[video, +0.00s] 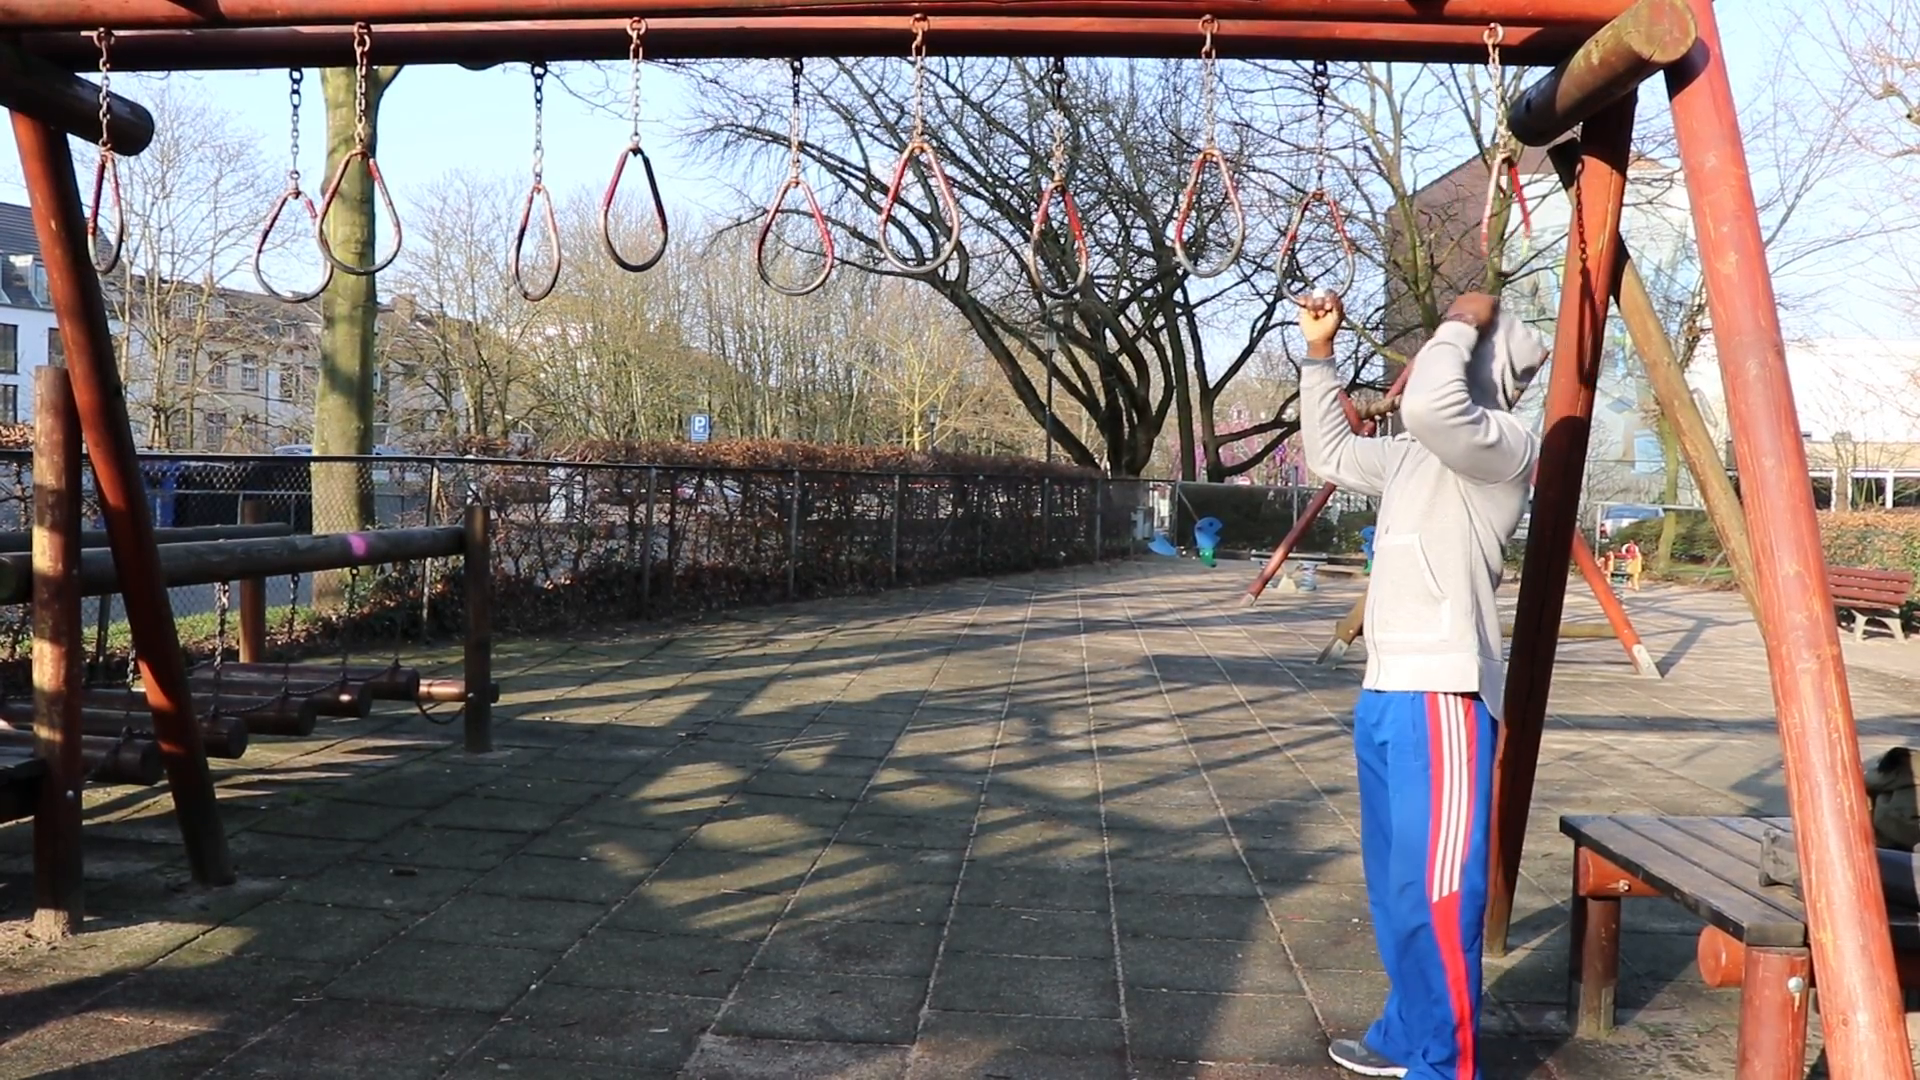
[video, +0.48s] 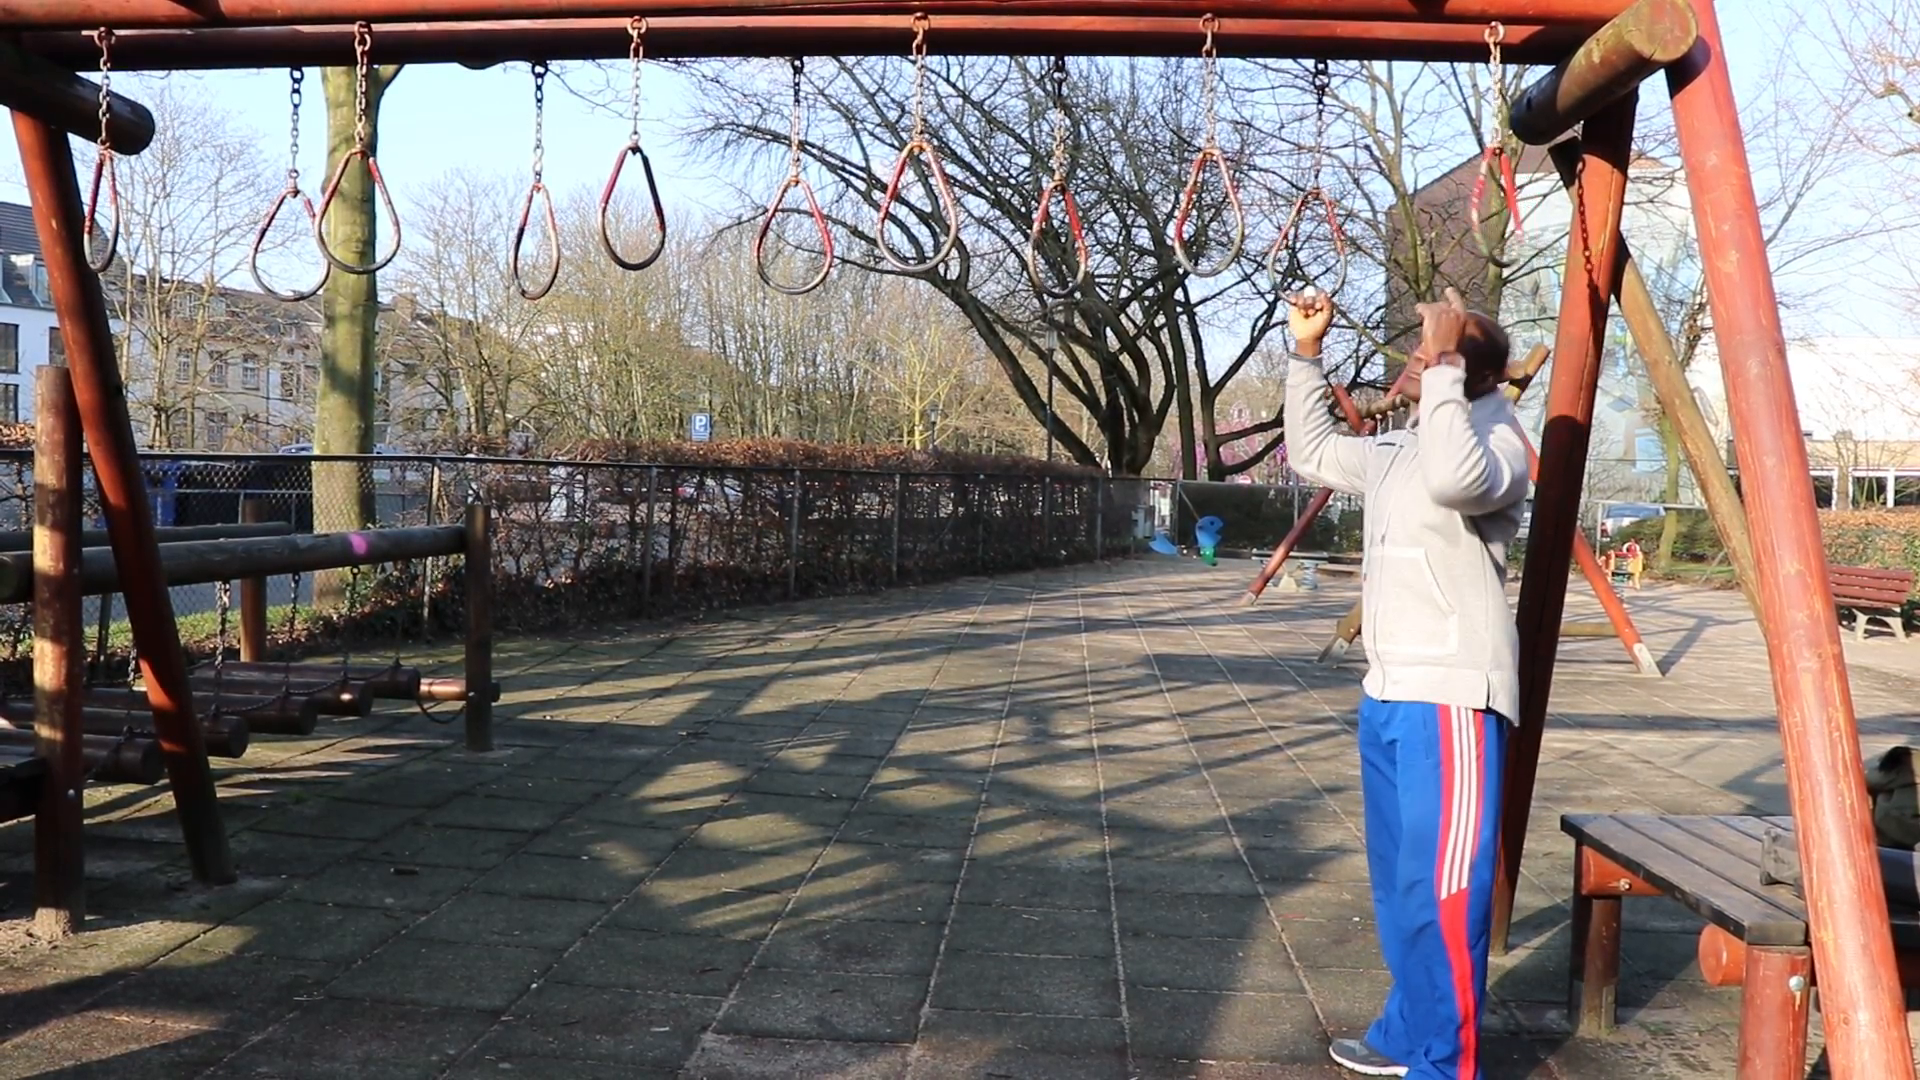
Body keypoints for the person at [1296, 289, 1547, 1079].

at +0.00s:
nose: (1414, 366)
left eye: (1438, 352)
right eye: (1420, 353)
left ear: (1482, 367)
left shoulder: (1508, 442)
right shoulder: (1411, 449)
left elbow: (1432, 408)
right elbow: (1330, 451)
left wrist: (1461, 326)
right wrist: (1319, 351)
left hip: (1446, 694)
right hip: (1390, 691)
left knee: (1440, 889)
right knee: (1396, 884)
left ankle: (1447, 1060)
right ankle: (1407, 1035)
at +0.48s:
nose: (1409, 367)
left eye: (1426, 355)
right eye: (1411, 355)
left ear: (1462, 368)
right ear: (1415, 380)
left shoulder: (1499, 435)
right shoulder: (1397, 448)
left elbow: (1453, 480)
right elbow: (1311, 450)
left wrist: (1442, 363)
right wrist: (1305, 352)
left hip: (1455, 691)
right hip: (1390, 689)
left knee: (1445, 884)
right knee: (1397, 877)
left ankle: (1446, 1059)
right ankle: (1406, 1032)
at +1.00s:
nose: (1424, 370)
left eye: (1450, 359)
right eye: (1431, 357)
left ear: (1493, 379)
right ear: (1438, 374)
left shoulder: (1504, 447)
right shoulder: (1397, 451)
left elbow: (1464, 412)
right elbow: (1316, 446)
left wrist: (1468, 307)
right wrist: (1312, 348)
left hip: (1446, 694)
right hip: (1382, 693)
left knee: (1443, 883)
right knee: (1395, 880)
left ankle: (1448, 1058)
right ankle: (1406, 1034)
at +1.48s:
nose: (1433, 360)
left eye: (1454, 354)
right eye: (1438, 350)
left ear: (1496, 371)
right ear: (1448, 372)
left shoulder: (1502, 442)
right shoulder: (1414, 451)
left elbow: (1477, 355)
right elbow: (1336, 447)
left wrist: (1481, 278)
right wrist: (1332, 351)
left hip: (1450, 688)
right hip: (1393, 690)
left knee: (1446, 882)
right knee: (1402, 878)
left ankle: (1448, 1058)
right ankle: (1410, 1032)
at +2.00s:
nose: (1489, 353)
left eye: (1511, 350)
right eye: (1493, 346)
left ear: (1540, 392)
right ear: (1495, 376)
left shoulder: (1534, 448)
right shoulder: (1433, 446)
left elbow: (1445, 406)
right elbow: (1341, 445)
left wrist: (1463, 306)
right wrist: (1350, 346)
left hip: (1452, 694)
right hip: (1391, 689)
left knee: (1442, 888)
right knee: (1395, 883)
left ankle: (1447, 1060)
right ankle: (1411, 1034)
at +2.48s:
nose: (1462, 356)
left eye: (1484, 348)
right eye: (1467, 345)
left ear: (1523, 378)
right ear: (1492, 372)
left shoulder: (1512, 439)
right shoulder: (1457, 429)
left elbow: (1396, 447)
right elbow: (1348, 453)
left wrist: (1410, 325)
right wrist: (1362, 343)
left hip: (1462, 688)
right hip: (1408, 683)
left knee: (1441, 886)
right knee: (1401, 877)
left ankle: (1448, 1059)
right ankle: (1412, 1034)